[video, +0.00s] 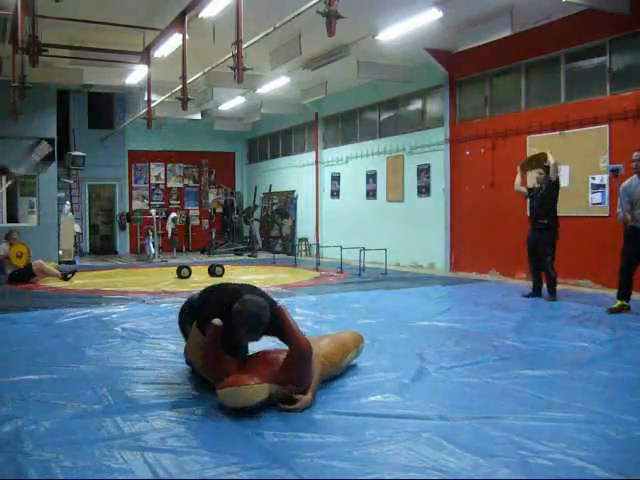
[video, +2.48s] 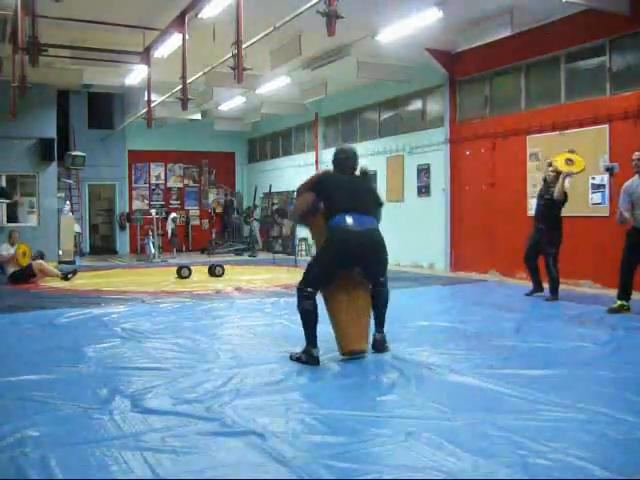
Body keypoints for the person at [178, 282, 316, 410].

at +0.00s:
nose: (251, 341)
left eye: (255, 337)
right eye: (246, 337)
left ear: (265, 323)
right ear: (235, 323)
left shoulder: (274, 313)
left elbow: (305, 350)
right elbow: (192, 351)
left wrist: (310, 394)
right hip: (193, 313)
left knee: (242, 366)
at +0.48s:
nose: (233, 260)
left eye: (236, 253)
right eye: (226, 255)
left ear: (240, 250)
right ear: (210, 253)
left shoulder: (238, 265)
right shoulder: (187, 270)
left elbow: (272, 273)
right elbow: (192, 326)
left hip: (212, 314)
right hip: (178, 320)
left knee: (234, 361)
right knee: (215, 383)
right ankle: (192, 366)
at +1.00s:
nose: (237, 182)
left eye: (234, 177)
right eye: (234, 178)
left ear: (206, 188)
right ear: (229, 186)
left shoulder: (198, 216)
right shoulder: (227, 220)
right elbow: (258, 263)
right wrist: (295, 248)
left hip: (188, 294)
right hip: (203, 303)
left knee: (232, 290)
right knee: (218, 382)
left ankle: (223, 351)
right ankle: (148, 356)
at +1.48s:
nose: (273, 167)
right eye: (272, 163)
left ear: (250, 166)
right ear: (272, 164)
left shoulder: (238, 186)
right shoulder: (282, 186)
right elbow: (332, 209)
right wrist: (337, 207)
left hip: (216, 251)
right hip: (240, 254)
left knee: (251, 303)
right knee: (255, 327)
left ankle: (225, 356)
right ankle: (195, 344)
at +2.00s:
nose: (363, 174)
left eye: (362, 171)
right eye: (362, 171)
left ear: (340, 170)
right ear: (359, 172)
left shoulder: (322, 188)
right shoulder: (363, 190)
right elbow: (390, 199)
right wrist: (371, 183)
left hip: (308, 249)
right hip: (340, 251)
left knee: (289, 293)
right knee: (373, 286)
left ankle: (270, 338)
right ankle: (382, 343)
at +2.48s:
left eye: (336, 163)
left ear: (334, 165)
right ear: (355, 166)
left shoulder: (325, 179)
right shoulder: (367, 184)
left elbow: (297, 208)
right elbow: (377, 213)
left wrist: (309, 220)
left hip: (339, 243)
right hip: (372, 242)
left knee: (306, 289)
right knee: (379, 283)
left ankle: (311, 349)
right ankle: (379, 336)